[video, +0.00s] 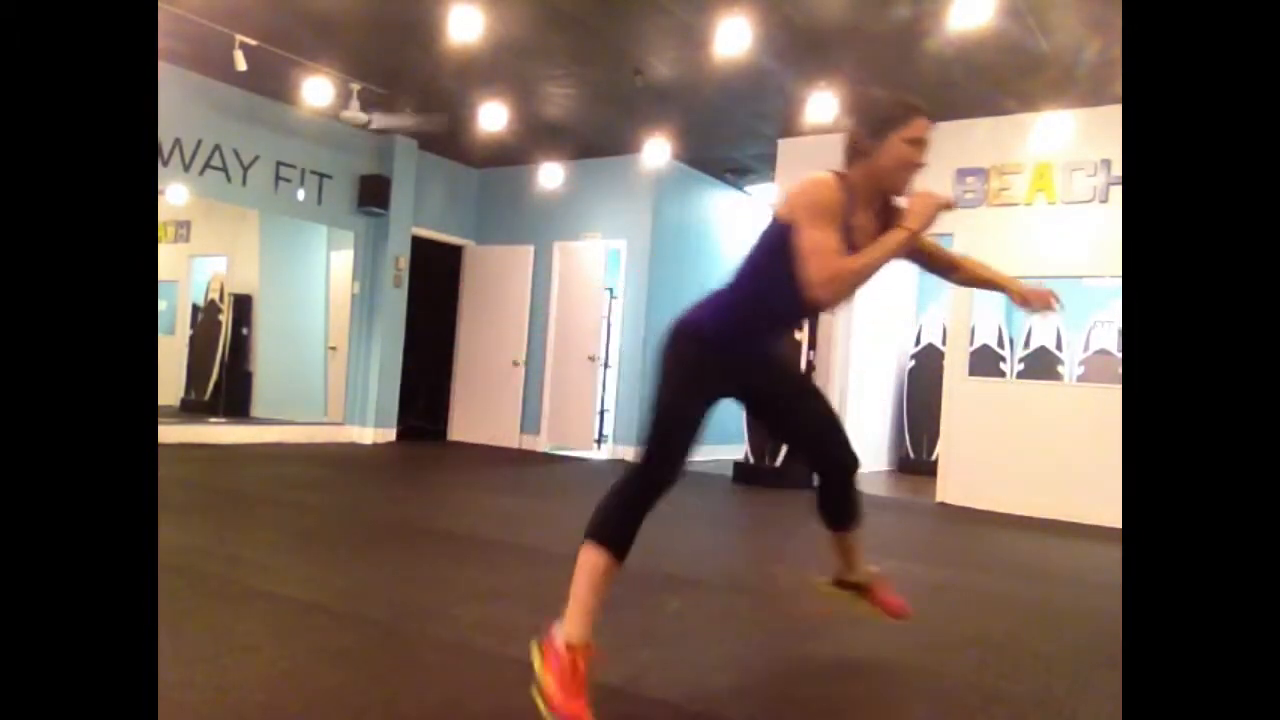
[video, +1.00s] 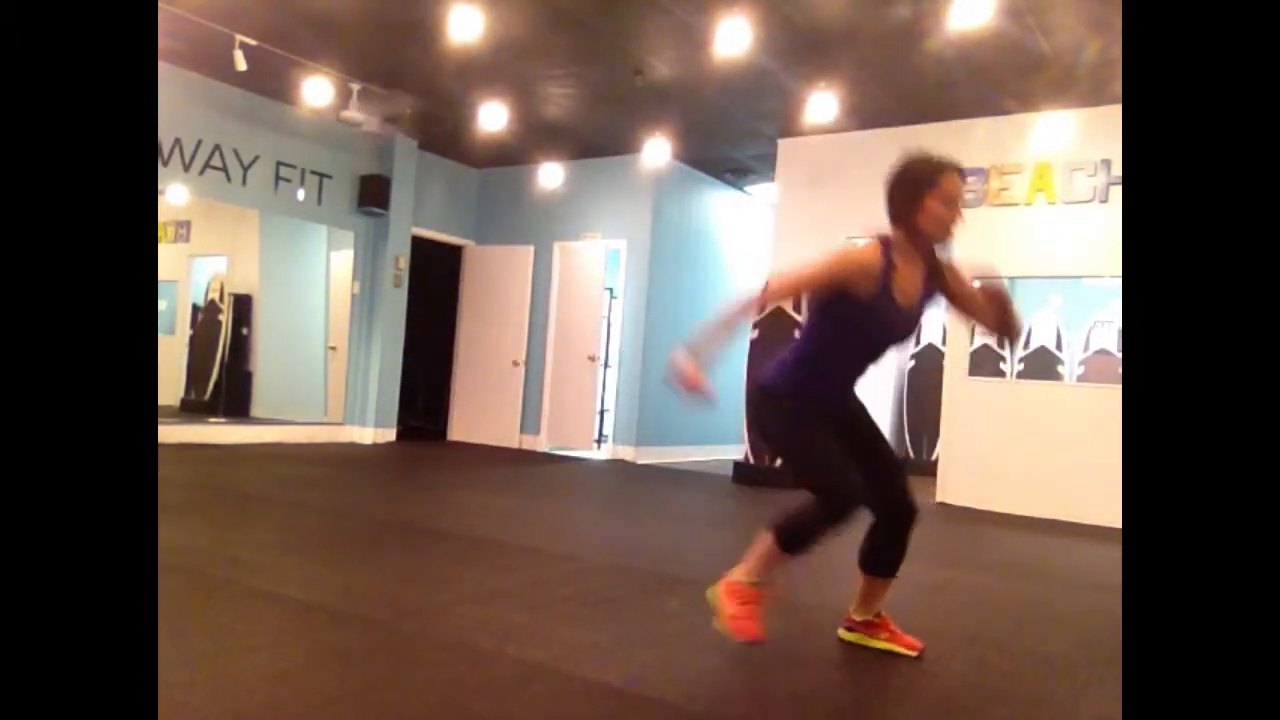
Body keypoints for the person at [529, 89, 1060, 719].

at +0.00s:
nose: (921, 157)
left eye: (924, 147)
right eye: (912, 144)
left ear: (901, 153)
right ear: (869, 142)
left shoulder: (887, 217)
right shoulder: (815, 194)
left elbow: (942, 264)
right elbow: (821, 285)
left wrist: (1012, 287)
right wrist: (907, 232)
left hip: (766, 353)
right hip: (705, 343)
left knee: (835, 458)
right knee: (655, 470)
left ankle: (851, 573)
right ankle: (567, 640)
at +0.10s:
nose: (946, 191)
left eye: (950, 181)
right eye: (938, 179)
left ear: (934, 186)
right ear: (900, 178)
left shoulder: (914, 238)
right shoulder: (853, 231)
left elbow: (942, 291)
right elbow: (874, 321)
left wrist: (997, 327)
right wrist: (935, 266)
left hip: (799, 377)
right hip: (747, 368)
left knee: (857, 477)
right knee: (716, 478)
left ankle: (876, 598)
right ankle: (579, 563)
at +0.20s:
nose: (970, 237)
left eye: (972, 227)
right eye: (963, 225)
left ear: (941, 232)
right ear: (928, 225)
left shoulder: (919, 288)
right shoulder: (888, 287)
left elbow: (905, 370)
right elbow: (917, 379)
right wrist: (963, 319)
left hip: (825, 405)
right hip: (781, 401)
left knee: (896, 510)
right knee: (758, 523)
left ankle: (864, 615)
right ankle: (646, 511)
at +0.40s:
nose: (1006, 300)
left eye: (1006, 289)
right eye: (998, 288)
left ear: (964, 293)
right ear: (965, 291)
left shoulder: (926, 331)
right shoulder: (930, 348)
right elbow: (963, 449)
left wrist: (802, 376)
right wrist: (1005, 382)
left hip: (846, 434)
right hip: (799, 437)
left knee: (919, 515)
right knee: (812, 562)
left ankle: (863, 617)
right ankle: (730, 501)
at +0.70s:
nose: (1005, 305)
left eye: (1005, 294)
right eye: (996, 293)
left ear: (972, 300)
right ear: (961, 296)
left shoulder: (945, 344)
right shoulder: (928, 347)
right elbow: (943, 451)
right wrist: (996, 394)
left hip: (851, 432)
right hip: (798, 437)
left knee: (920, 513)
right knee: (830, 557)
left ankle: (864, 615)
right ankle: (772, 515)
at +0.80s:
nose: (995, 278)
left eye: (995, 268)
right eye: (986, 267)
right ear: (953, 269)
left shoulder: (935, 324)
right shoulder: (915, 323)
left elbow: (883, 403)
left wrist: (903, 457)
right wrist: (952, 422)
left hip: (846, 427)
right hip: (797, 430)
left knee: (913, 510)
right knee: (844, 548)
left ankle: (864, 614)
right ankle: (780, 530)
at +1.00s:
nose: (957, 215)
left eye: (959, 204)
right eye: (948, 202)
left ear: (931, 210)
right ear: (914, 204)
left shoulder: (935, 272)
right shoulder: (864, 261)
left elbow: (1001, 328)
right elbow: (767, 295)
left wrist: (998, 302)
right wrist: (697, 353)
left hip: (836, 398)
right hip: (785, 395)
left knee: (896, 506)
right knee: (840, 494)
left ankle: (864, 616)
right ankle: (739, 583)